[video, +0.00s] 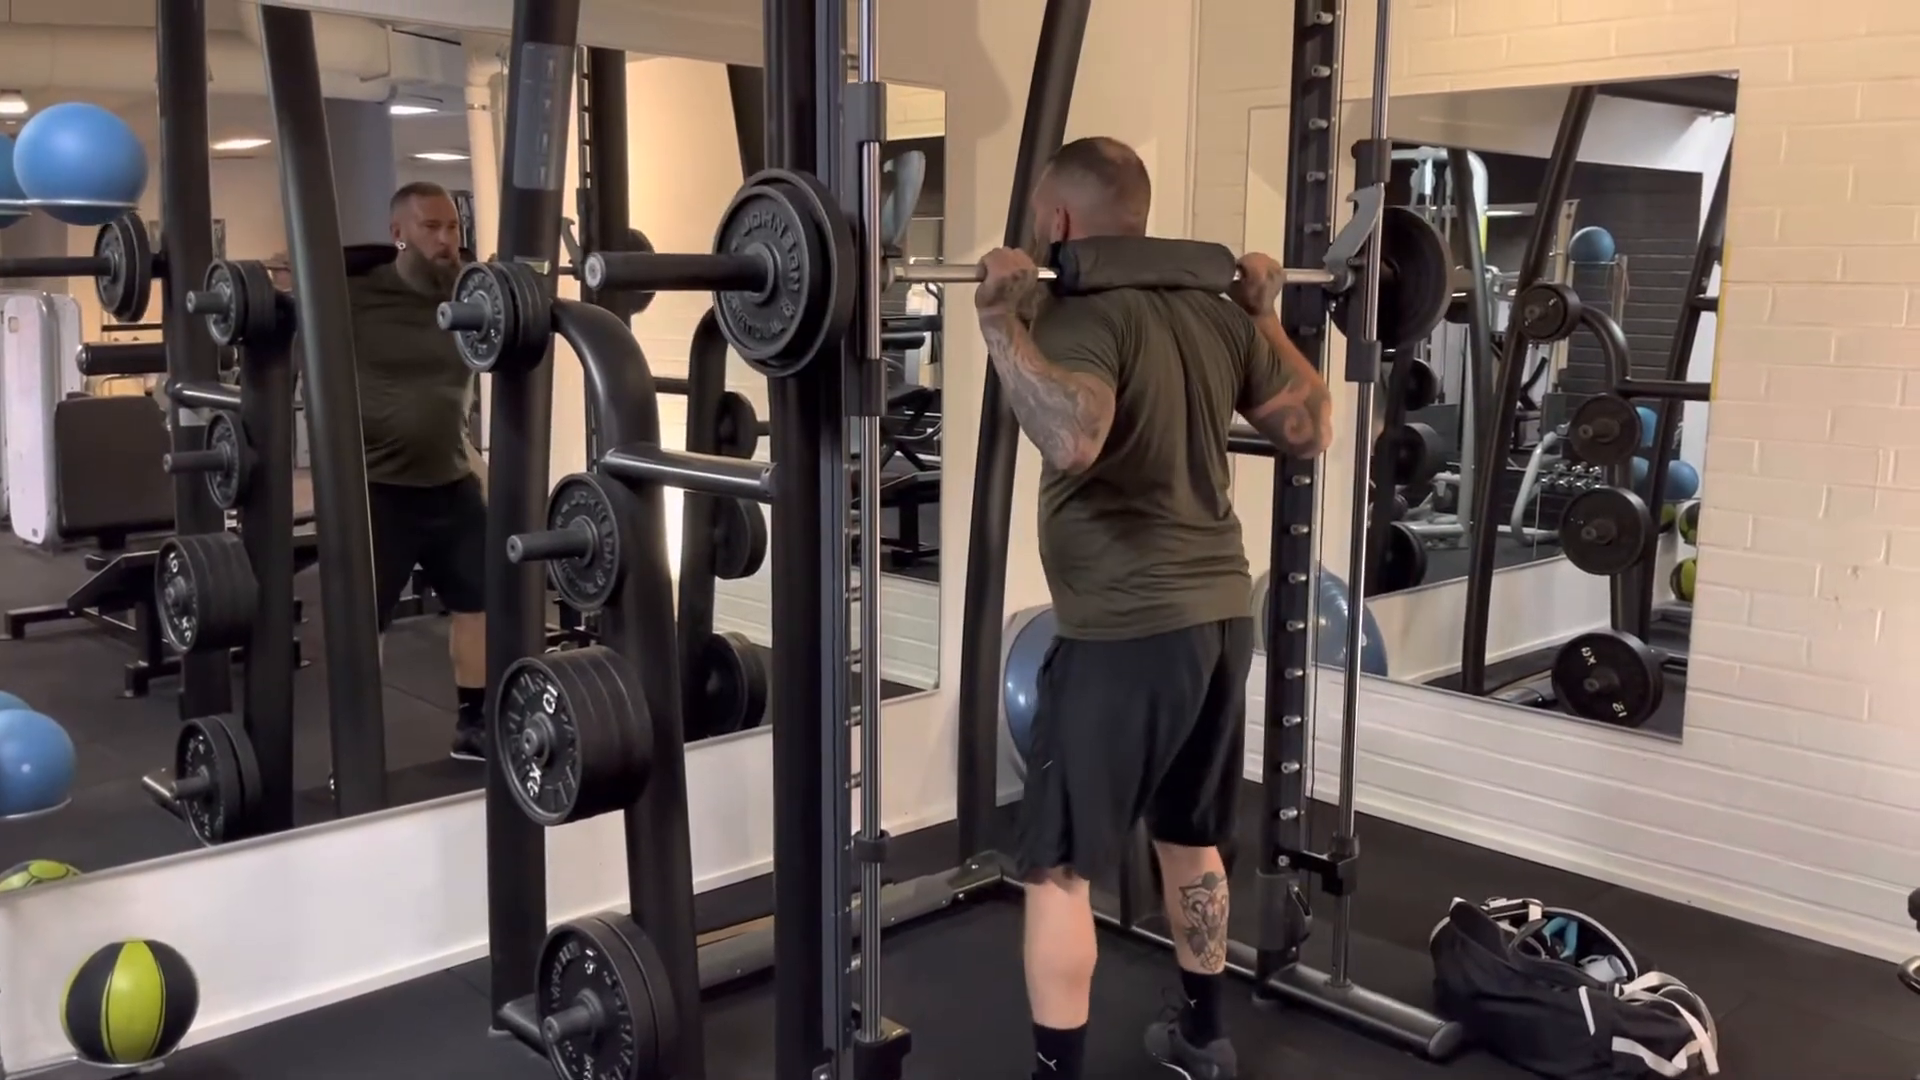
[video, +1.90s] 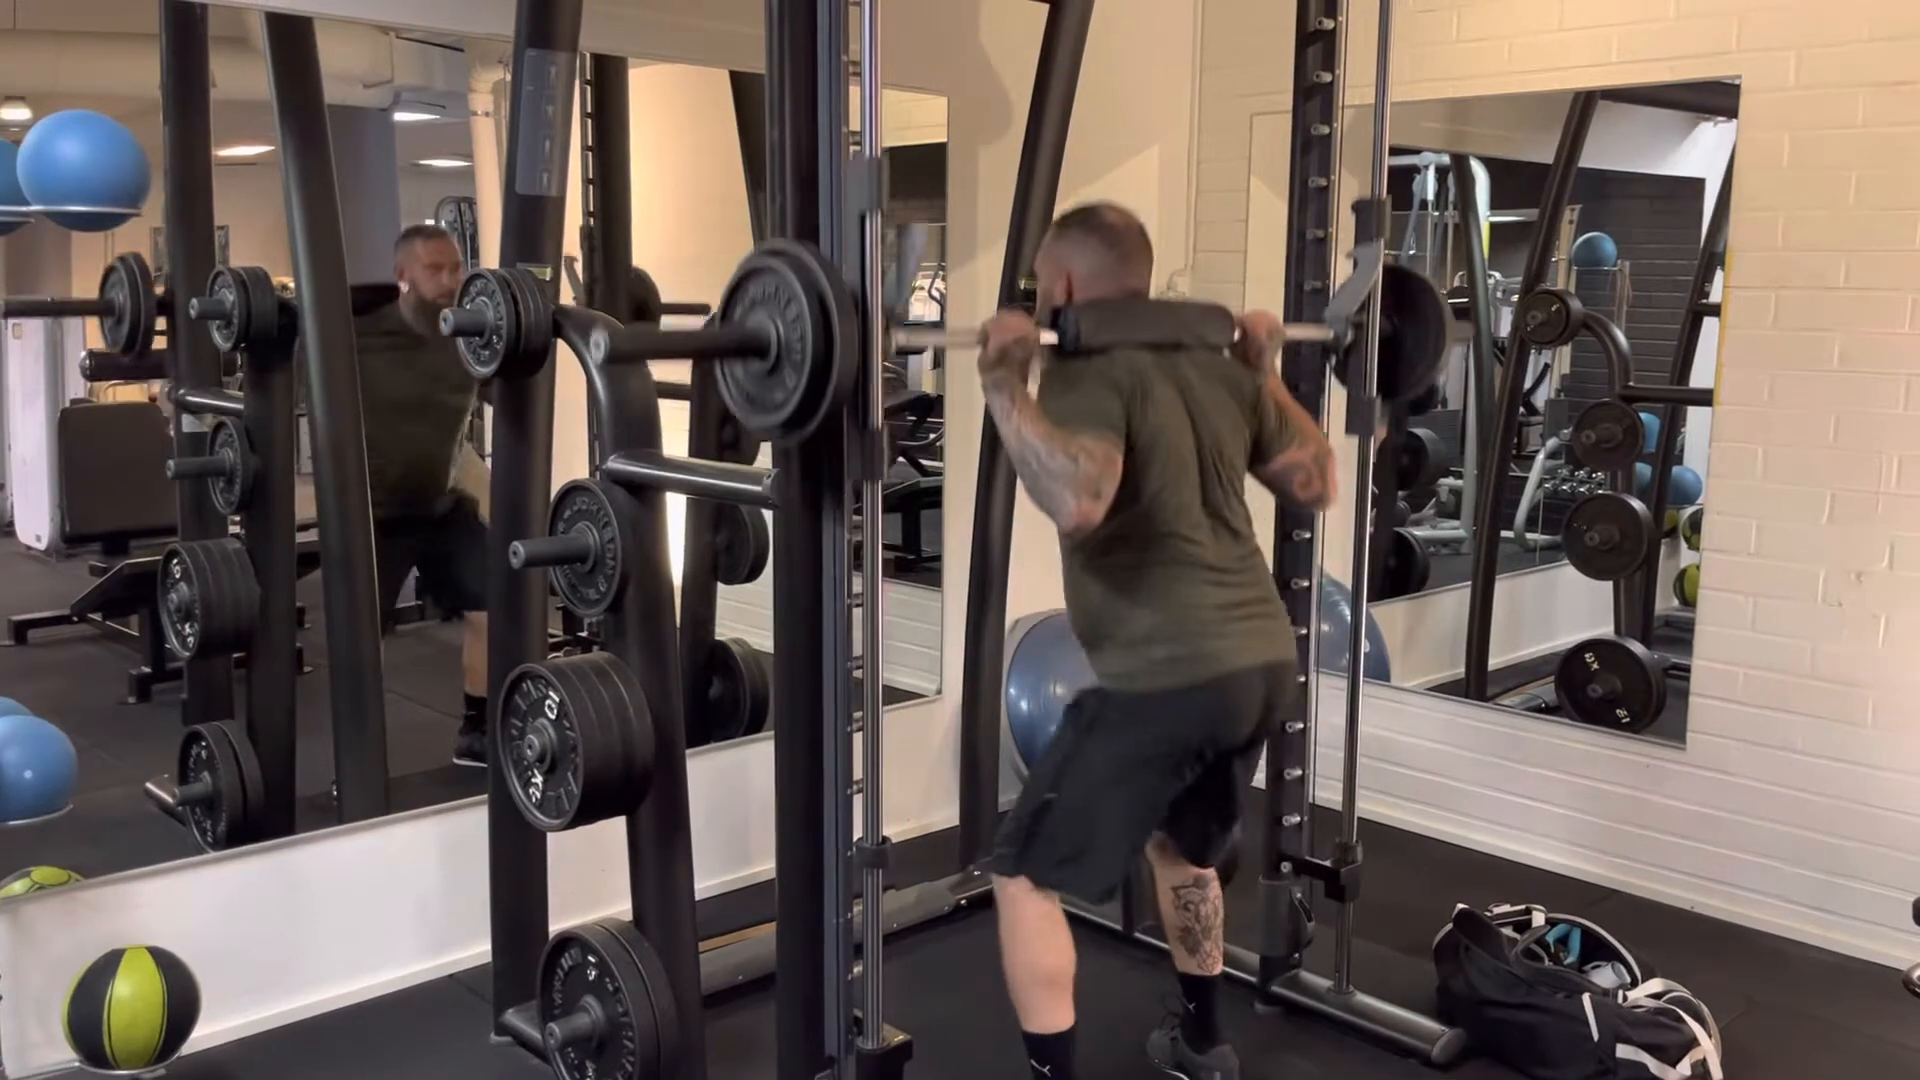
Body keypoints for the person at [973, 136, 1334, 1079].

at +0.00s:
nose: (1036, 232)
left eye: (1040, 217)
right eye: (1041, 217)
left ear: (1062, 218)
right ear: (1139, 213)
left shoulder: (1086, 308)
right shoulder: (1212, 306)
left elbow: (1074, 434)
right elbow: (1306, 426)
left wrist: (1000, 317)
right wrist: (1266, 316)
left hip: (1123, 632)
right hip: (1222, 618)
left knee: (1059, 863)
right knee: (1189, 834)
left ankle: (1056, 1068)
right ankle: (1206, 1037)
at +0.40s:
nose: (1031, 368)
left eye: (1033, 352)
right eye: (1030, 353)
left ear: (1055, 351)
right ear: (1129, 341)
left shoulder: (1091, 426)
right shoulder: (1218, 421)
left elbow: (1084, 555)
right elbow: (1325, 528)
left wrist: (1001, 450)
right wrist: (1265, 427)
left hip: (1173, 743)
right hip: (1271, 730)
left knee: (995, 880)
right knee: (1172, 857)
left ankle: (1045, 1068)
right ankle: (1199, 1038)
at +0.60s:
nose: (1029, 473)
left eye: (1031, 460)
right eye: (1027, 460)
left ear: (1051, 468)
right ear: (1128, 452)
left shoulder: (1092, 540)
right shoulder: (1221, 529)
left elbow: (1089, 668)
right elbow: (1329, 631)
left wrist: (1003, 563)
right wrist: (1264, 526)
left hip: (1197, 845)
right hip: (1294, 829)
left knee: (973, 884)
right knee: (1135, 830)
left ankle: (1043, 1069)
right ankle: (1200, 1036)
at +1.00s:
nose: (1029, 611)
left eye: (1029, 596)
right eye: (1028, 596)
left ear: (1053, 601)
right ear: (1127, 586)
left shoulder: (1092, 679)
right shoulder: (1219, 657)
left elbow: (1085, 821)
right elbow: (1319, 761)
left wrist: (998, 705)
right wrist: (1258, 652)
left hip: (1202, 990)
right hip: (1295, 966)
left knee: (961, 886)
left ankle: (1041, 1069)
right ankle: (1200, 1053)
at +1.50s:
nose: (1034, 490)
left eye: (1035, 475)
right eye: (1033, 475)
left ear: (1058, 480)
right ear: (1134, 467)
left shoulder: (1095, 555)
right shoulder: (1221, 544)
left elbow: (1091, 684)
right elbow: (1329, 643)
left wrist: (1001, 575)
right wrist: (1264, 540)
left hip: (1209, 850)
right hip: (1313, 836)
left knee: (986, 884)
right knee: (1150, 839)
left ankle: (1046, 1070)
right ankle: (1200, 1038)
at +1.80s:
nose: (1037, 345)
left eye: (1040, 329)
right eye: (1039, 330)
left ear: (1063, 330)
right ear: (1139, 324)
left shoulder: (1092, 412)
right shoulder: (1218, 405)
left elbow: (1082, 543)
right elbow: (1320, 522)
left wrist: (1005, 435)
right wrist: (1267, 415)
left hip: (1183, 717)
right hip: (1278, 703)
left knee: (1010, 875)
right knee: (1177, 850)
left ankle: (1051, 1070)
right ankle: (1204, 1042)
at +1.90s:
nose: (1043, 301)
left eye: (1046, 286)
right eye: (1044, 287)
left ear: (1069, 284)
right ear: (1141, 277)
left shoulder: (1091, 369)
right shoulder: (1217, 360)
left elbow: (1079, 497)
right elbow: (1316, 482)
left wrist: (1008, 393)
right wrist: (1267, 372)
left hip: (1161, 680)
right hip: (1261, 667)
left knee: (1025, 871)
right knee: (1183, 840)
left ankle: (1052, 1070)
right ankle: (1202, 1041)